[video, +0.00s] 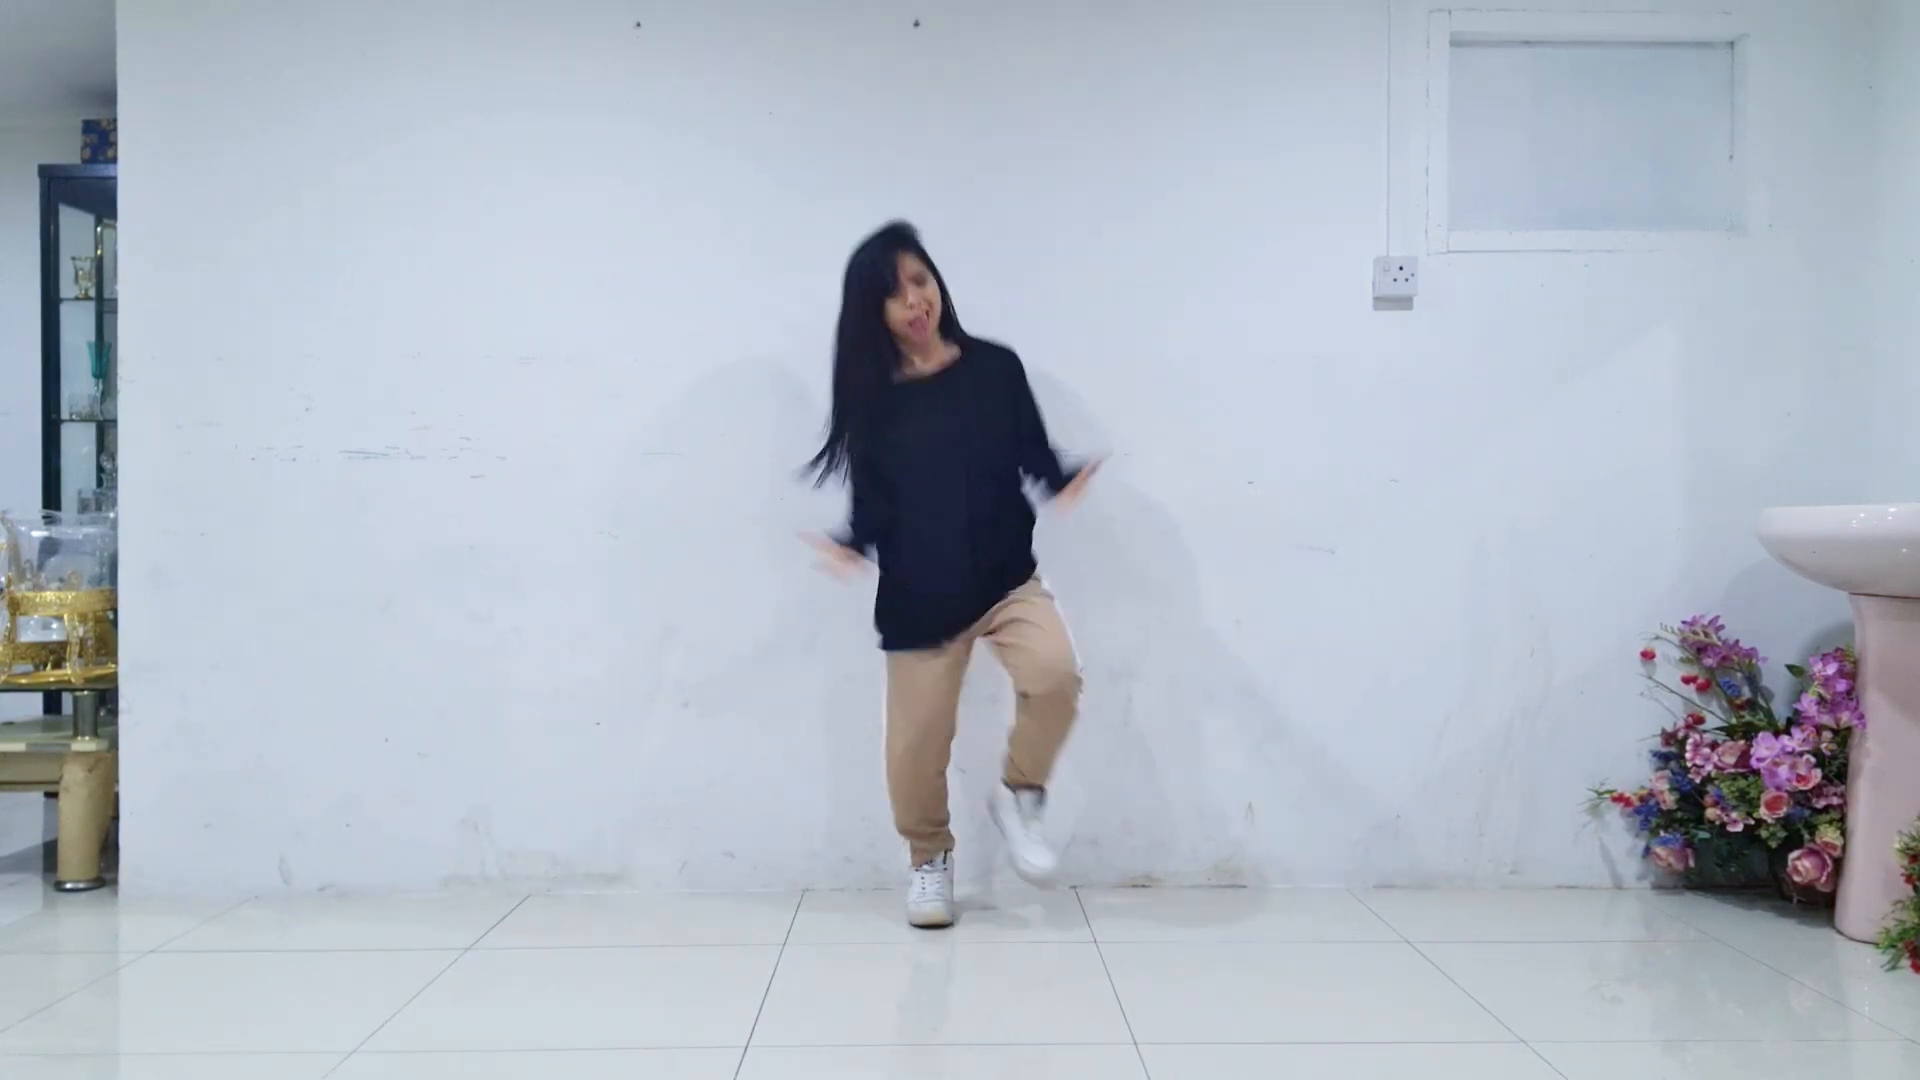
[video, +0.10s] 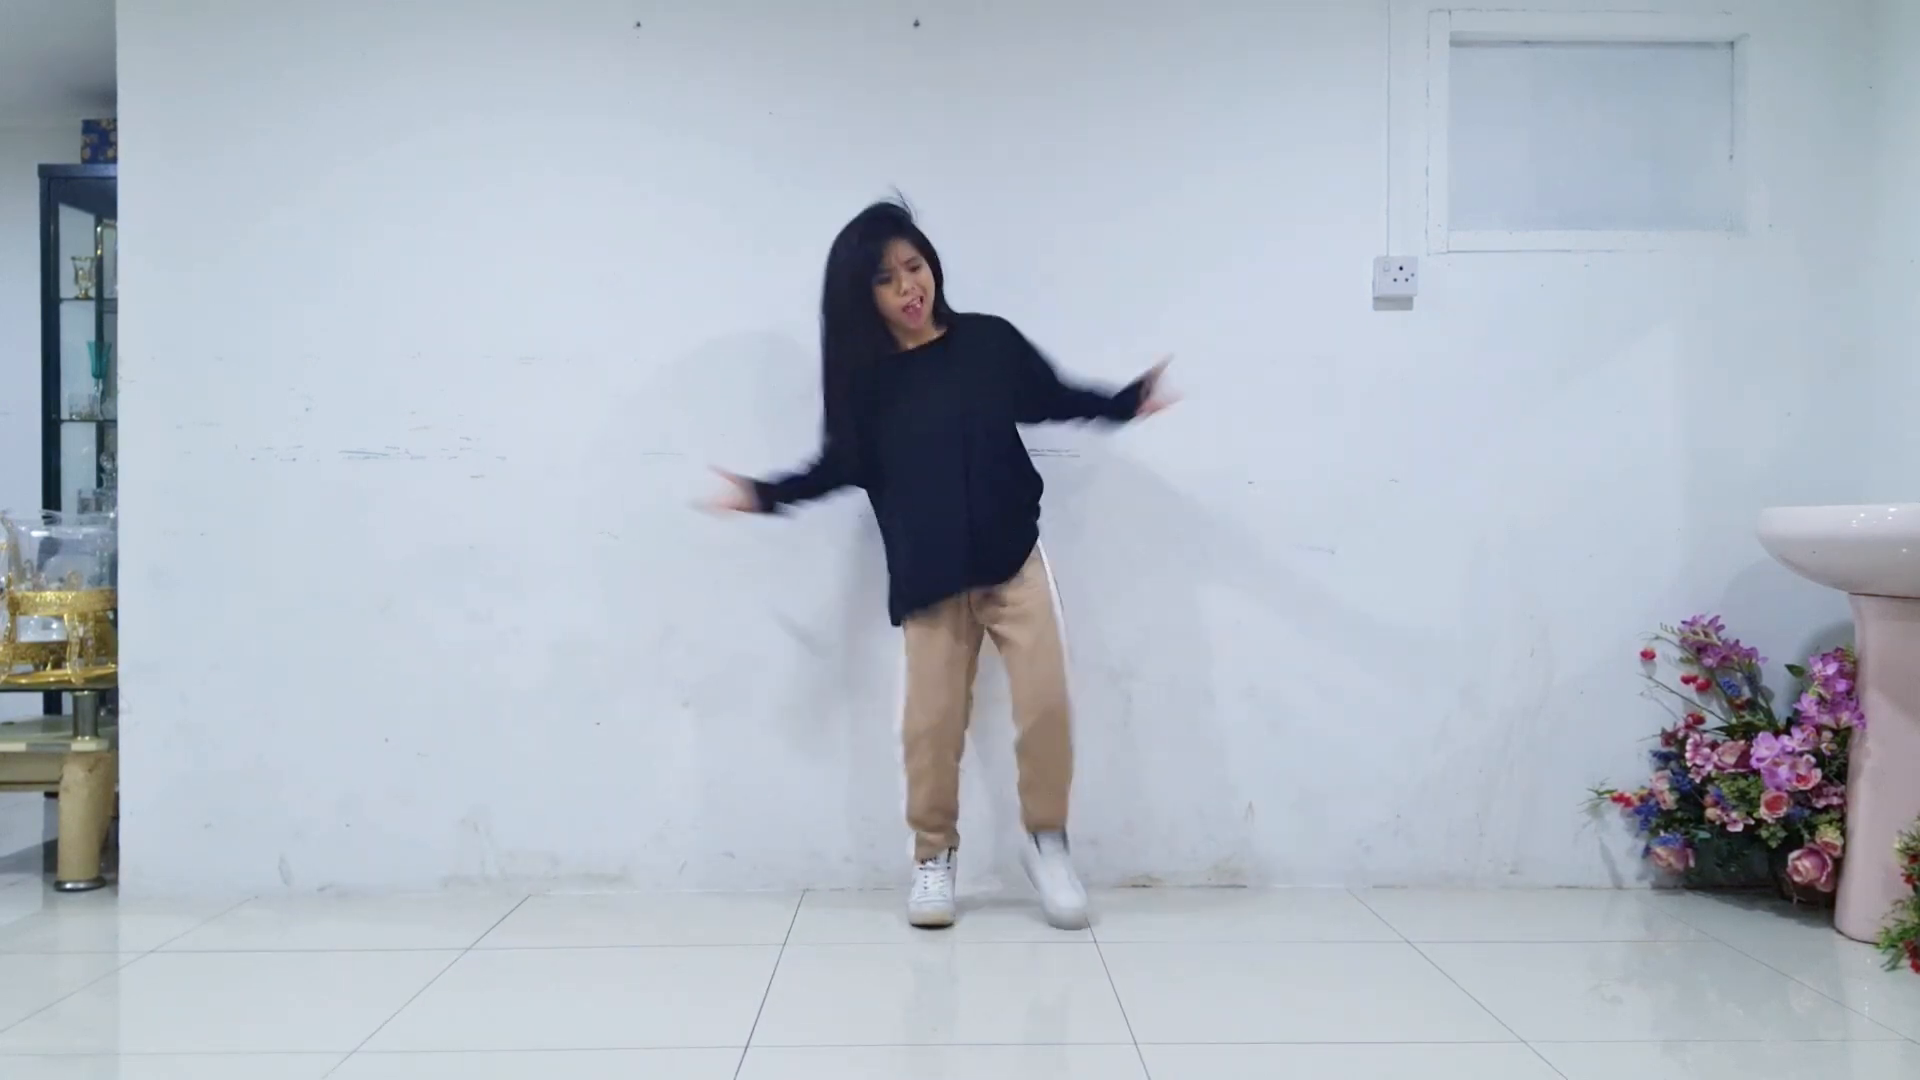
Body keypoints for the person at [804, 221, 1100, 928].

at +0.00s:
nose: (914, 301)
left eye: (920, 283)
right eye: (895, 294)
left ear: (938, 285)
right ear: (873, 313)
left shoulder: (995, 366)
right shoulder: (872, 398)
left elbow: (1029, 446)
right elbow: (873, 494)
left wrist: (1057, 478)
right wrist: (855, 538)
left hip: (1007, 582)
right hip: (922, 597)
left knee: (1055, 678)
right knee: (915, 748)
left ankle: (1022, 795)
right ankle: (928, 861)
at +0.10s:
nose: (908, 286)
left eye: (914, 266)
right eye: (887, 278)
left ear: (933, 267)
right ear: (863, 296)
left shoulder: (988, 339)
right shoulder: (860, 376)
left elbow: (1044, 398)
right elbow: (846, 465)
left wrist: (1120, 403)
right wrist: (769, 494)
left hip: (1016, 562)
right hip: (928, 578)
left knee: (1046, 703)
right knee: (931, 725)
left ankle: (1049, 844)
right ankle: (933, 860)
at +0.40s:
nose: (905, 285)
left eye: (910, 268)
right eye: (885, 279)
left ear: (929, 276)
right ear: (862, 301)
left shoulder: (990, 350)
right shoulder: (852, 396)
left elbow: (1077, 352)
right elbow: (792, 449)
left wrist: (1146, 287)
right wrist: (707, 405)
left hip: (1015, 567)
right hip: (922, 592)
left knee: (1073, 671)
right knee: (915, 736)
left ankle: (1061, 805)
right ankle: (931, 861)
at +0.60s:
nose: (902, 286)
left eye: (908, 268)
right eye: (882, 281)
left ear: (928, 272)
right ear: (861, 303)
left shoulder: (987, 334)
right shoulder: (850, 381)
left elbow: (1073, 278)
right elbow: (775, 413)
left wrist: (1099, 204)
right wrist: (713, 358)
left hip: (1002, 566)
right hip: (920, 580)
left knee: (1023, 720)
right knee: (922, 729)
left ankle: (1054, 862)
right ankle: (935, 865)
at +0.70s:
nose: (899, 300)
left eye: (907, 284)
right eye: (880, 295)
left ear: (929, 294)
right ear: (863, 321)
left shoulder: (982, 371)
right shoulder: (865, 412)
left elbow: (1068, 406)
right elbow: (837, 519)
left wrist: (1054, 358)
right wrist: (769, 479)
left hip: (1000, 585)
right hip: (915, 602)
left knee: (1000, 678)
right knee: (905, 740)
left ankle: (1036, 803)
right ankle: (932, 860)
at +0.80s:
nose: (903, 289)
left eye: (912, 273)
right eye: (885, 282)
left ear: (935, 285)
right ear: (868, 307)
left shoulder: (994, 366)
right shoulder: (870, 400)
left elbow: (1074, 381)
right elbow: (849, 489)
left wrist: (1035, 341)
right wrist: (779, 440)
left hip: (997, 564)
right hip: (913, 584)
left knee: (990, 660)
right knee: (907, 743)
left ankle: (1013, 781)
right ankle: (933, 858)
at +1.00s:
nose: (919, 256)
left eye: (930, 244)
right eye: (897, 245)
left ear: (948, 251)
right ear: (884, 270)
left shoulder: (987, 318)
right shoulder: (891, 336)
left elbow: (959, 268)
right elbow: (876, 278)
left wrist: (926, 205)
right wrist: (891, 210)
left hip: (994, 536)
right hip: (922, 533)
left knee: (981, 705)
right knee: (934, 706)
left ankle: (989, 864)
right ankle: (950, 856)